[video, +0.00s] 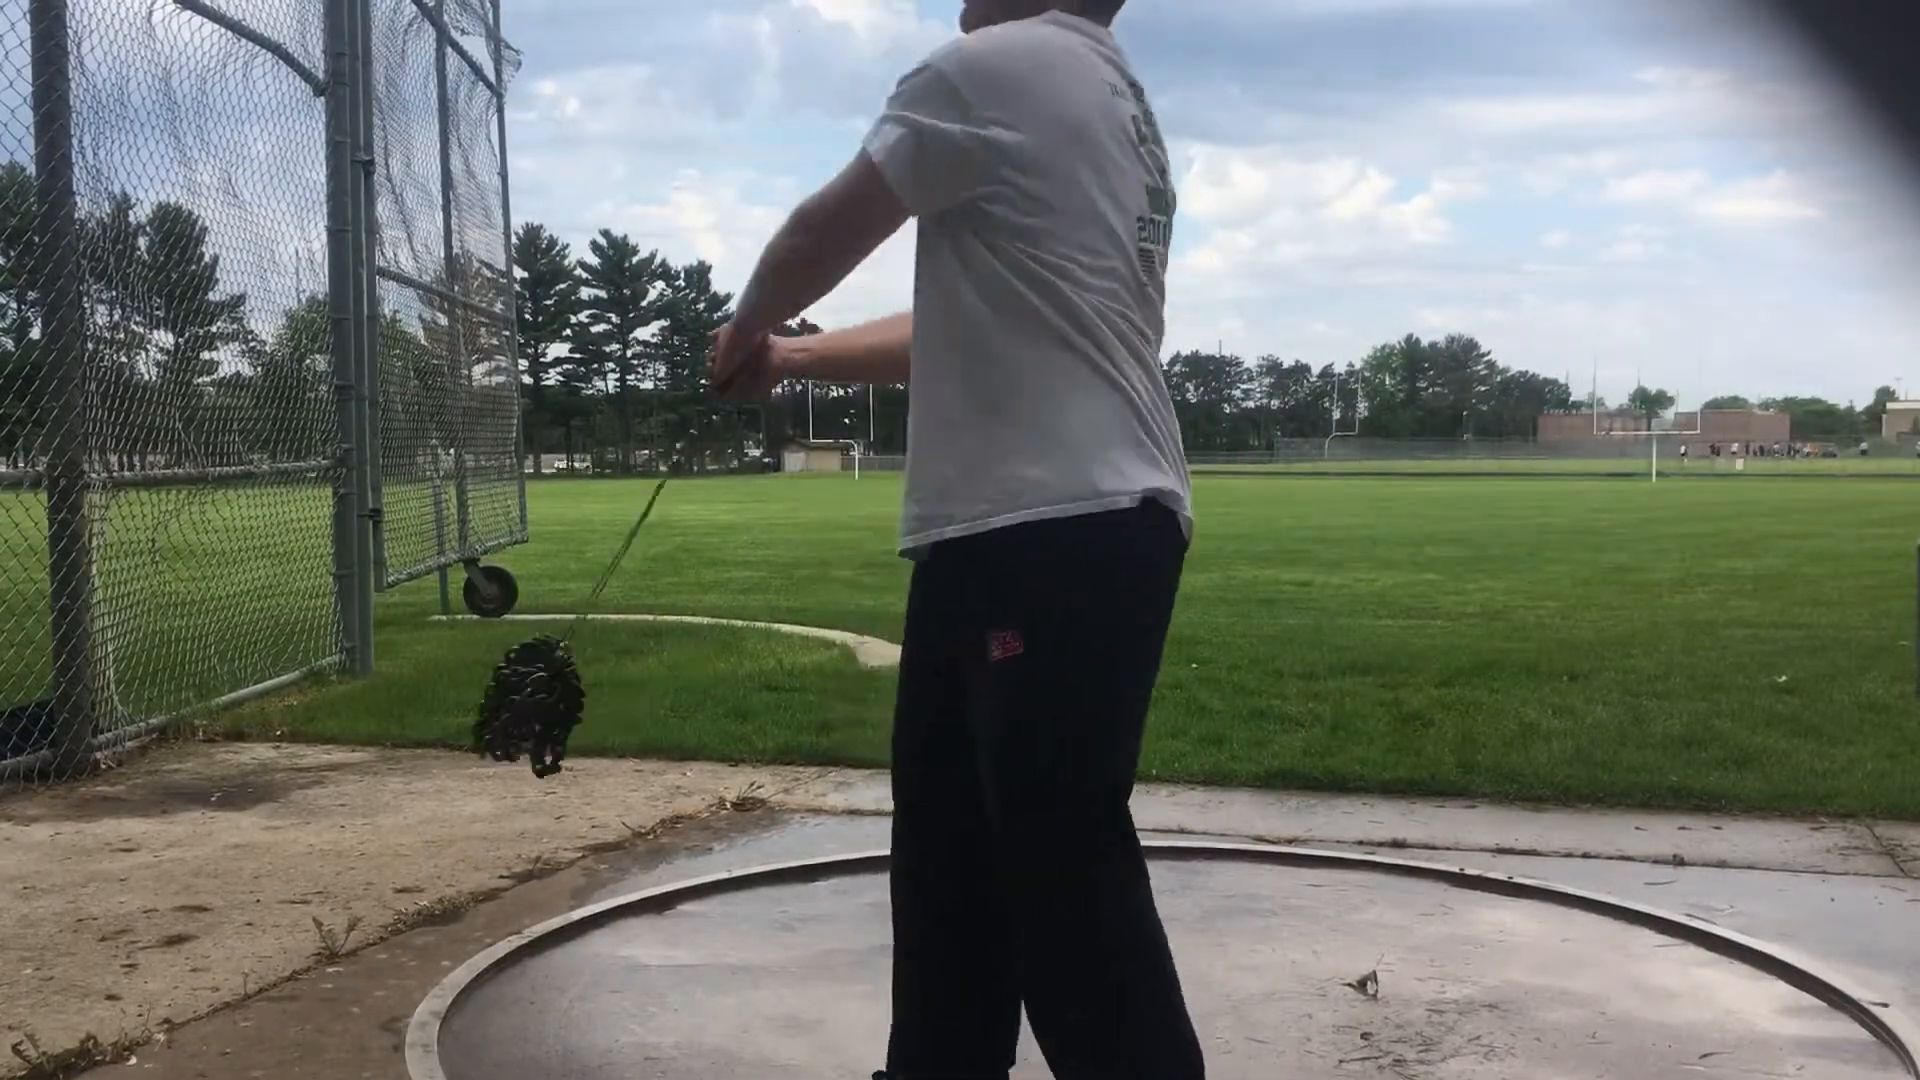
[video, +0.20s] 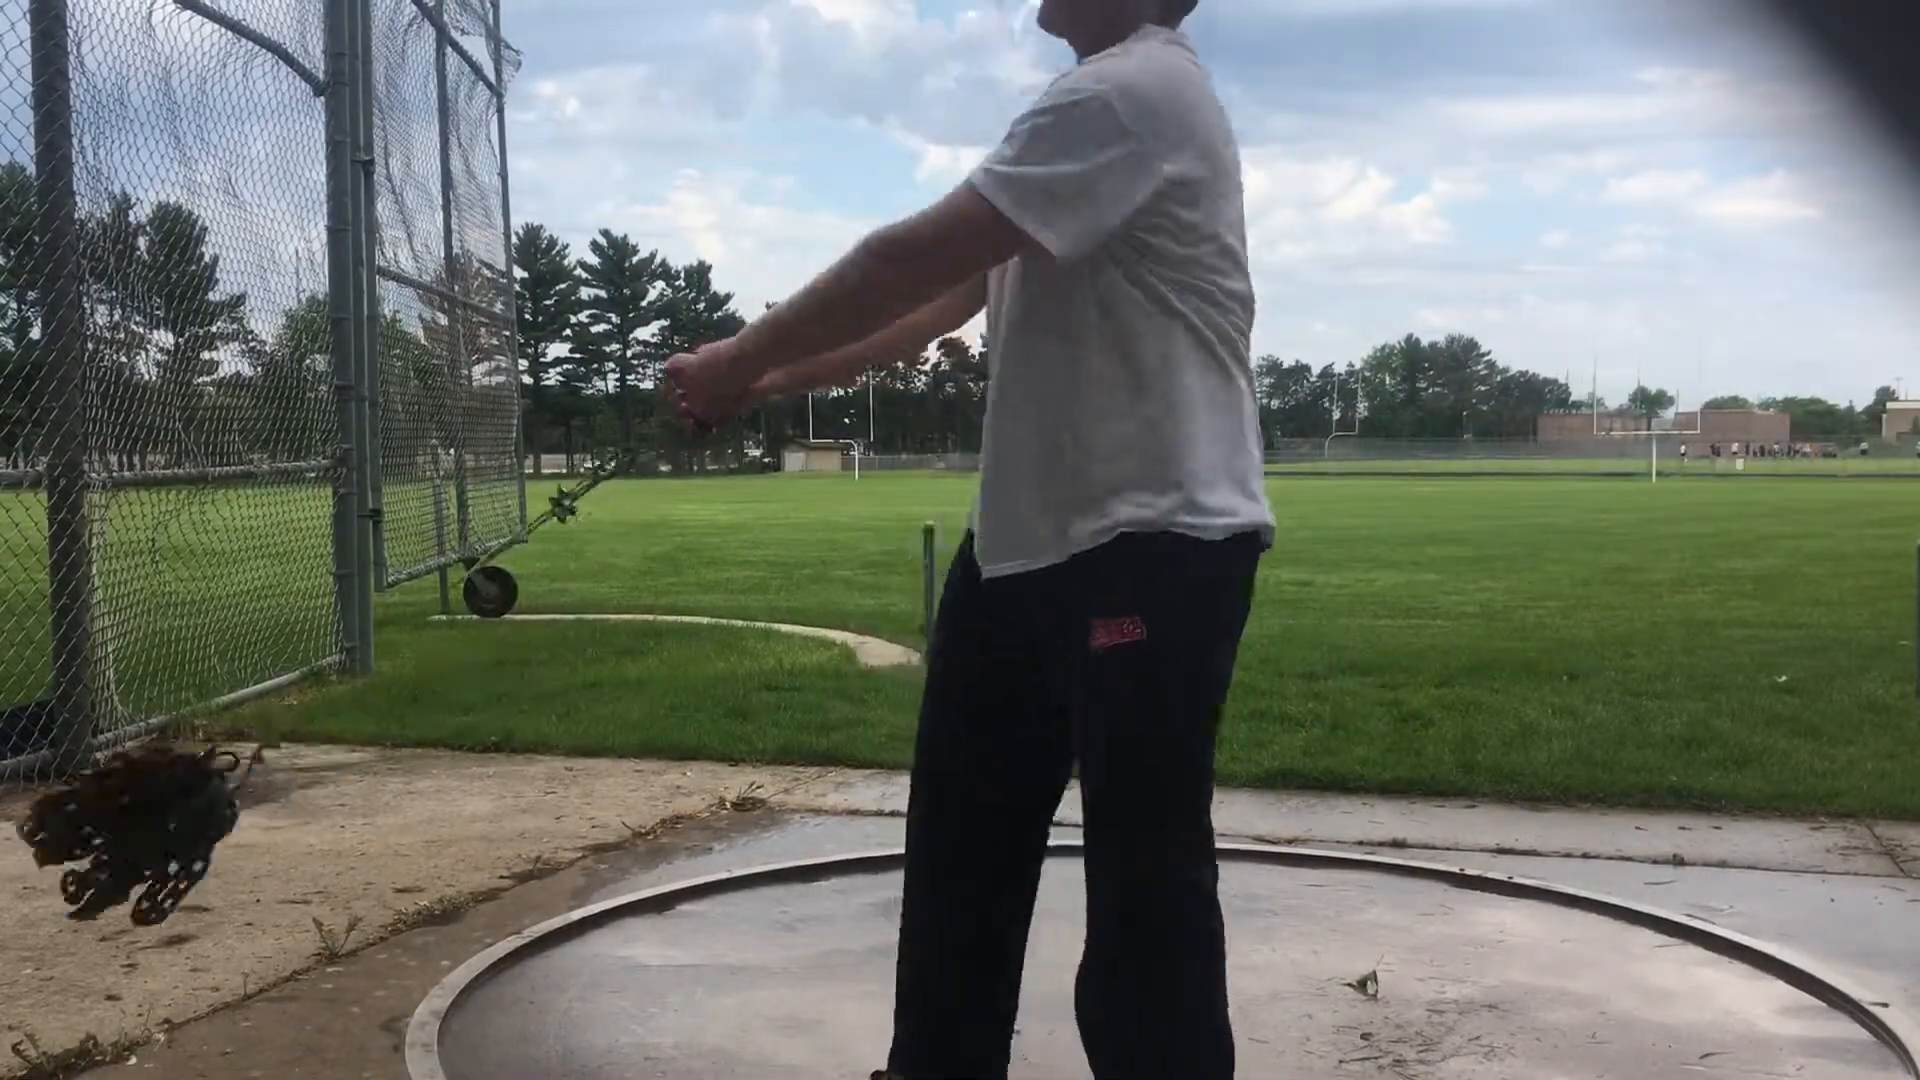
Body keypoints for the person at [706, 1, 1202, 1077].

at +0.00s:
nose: (960, 13)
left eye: (970, 3)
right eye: (965, 6)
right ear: (1087, 7)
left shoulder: (990, 66)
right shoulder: (1117, 110)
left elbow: (814, 241)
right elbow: (980, 324)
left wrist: (750, 329)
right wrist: (788, 352)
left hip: (1041, 523)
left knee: (1061, 862)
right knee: (947, 859)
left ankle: (1141, 1064)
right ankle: (940, 1064)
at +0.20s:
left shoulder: (1141, 85)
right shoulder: (1087, 108)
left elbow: (916, 259)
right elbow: (930, 304)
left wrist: (742, 352)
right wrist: (756, 374)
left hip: (1158, 534)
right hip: (1023, 543)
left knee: (1147, 890)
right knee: (959, 879)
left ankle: (1166, 1073)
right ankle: (939, 1067)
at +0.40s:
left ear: (1224, 1)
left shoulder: (1248, 116)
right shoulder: (1045, 109)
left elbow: (1078, 263)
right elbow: (929, 239)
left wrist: (839, 347)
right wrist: (805, 325)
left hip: (1182, 526)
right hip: (1014, 511)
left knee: (1178, 856)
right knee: (885, 738)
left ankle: (1181, 1070)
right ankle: (902, 1025)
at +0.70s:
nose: (1035, 8)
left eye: (1077, 2)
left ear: (1142, 41)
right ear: (1019, 9)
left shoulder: (1145, 207)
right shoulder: (947, 108)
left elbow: (1043, 343)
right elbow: (842, 151)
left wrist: (954, 302)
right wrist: (887, 207)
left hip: (1058, 568)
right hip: (885, 548)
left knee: (1118, 873)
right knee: (798, 826)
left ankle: (1178, 1072)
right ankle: (795, 1068)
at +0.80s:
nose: (972, 8)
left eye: (1013, 1)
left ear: (1080, 40)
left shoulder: (1060, 209)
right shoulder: (868, 122)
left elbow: (920, 326)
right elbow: (804, 52)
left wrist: (889, 180)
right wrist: (915, 70)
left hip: (989, 557)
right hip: (826, 550)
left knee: (1065, 886)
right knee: (760, 847)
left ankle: (1154, 1071)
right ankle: (789, 1069)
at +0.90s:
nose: (879, 24)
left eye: (917, 7)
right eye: (887, 9)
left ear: (1000, 23)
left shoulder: (995, 171)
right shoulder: (869, 125)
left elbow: (810, 170)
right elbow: (815, 35)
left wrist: (869, 7)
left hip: (933, 552)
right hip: (790, 548)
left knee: (1014, 876)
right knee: (733, 835)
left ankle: (1133, 1070)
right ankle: (781, 1067)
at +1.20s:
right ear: (928, 6)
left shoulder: (813, 24)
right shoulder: (929, 112)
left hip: (849, 482)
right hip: (782, 492)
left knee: (923, 836)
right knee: (761, 850)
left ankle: (1124, 1067)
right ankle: (776, 1064)